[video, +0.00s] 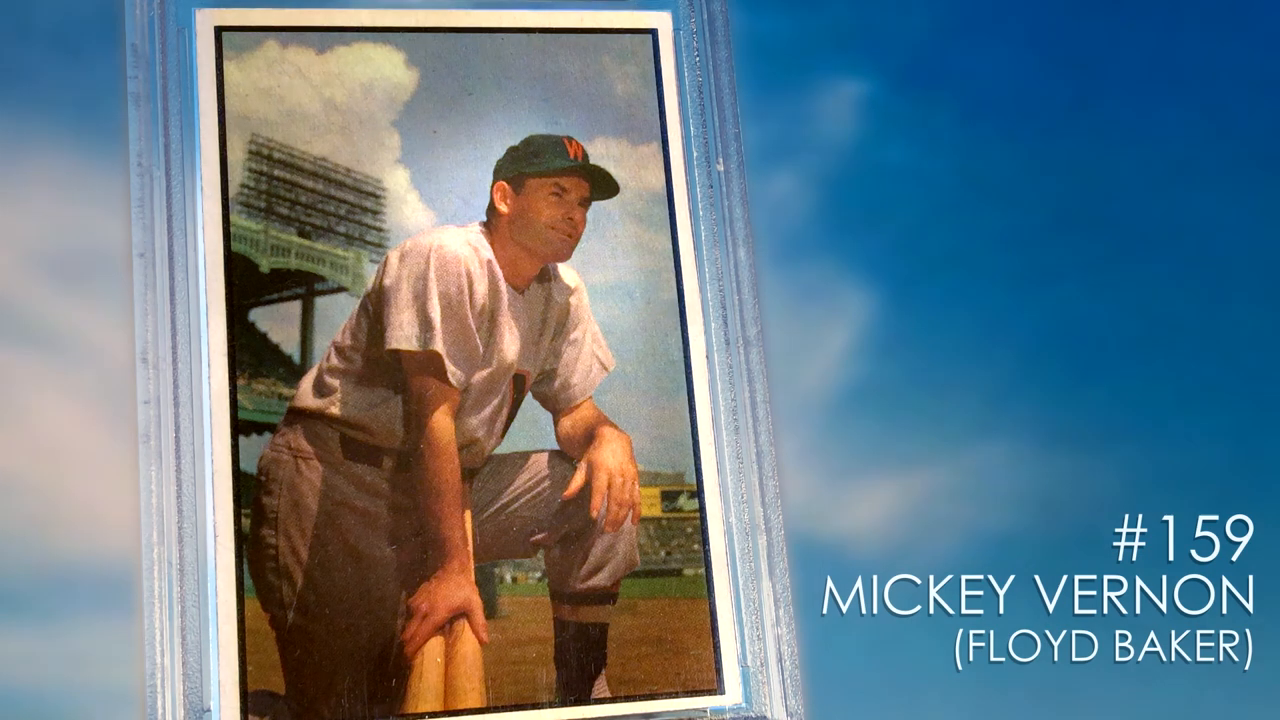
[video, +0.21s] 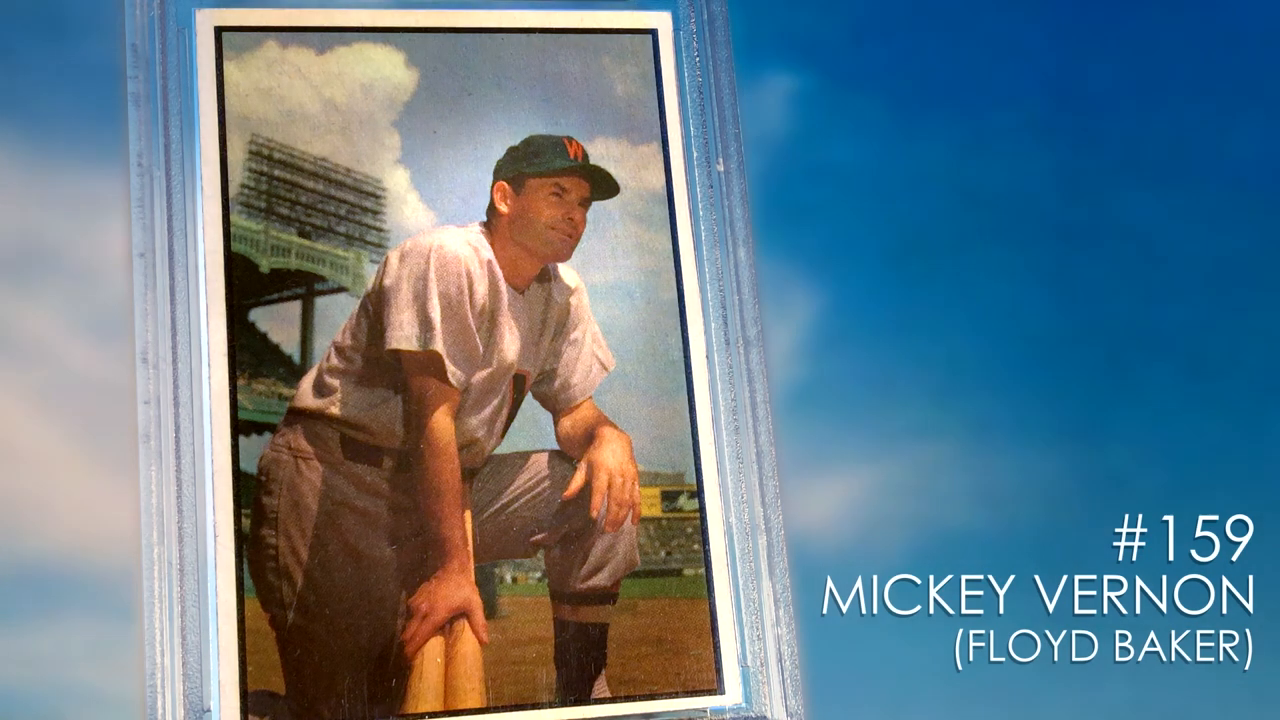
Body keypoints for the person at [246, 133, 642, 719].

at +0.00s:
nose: (577, 216)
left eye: (584, 204)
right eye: (558, 194)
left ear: (586, 217)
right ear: (505, 197)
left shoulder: (560, 295)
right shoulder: (442, 257)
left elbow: (575, 414)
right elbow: (432, 419)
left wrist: (609, 435)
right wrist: (454, 566)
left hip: (438, 486)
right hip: (334, 479)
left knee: (595, 488)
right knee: (347, 702)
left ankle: (581, 694)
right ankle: (239, 706)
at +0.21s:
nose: (577, 215)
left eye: (584, 203)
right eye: (558, 193)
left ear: (587, 217)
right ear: (505, 197)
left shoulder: (559, 294)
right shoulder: (442, 257)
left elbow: (574, 415)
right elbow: (432, 421)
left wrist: (609, 435)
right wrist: (454, 566)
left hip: (438, 485)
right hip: (334, 479)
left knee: (594, 488)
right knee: (348, 703)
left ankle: (580, 697)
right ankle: (240, 706)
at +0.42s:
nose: (576, 215)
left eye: (584, 203)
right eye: (558, 193)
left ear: (587, 217)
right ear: (505, 197)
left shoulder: (560, 294)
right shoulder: (442, 256)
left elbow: (574, 414)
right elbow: (432, 419)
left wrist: (609, 435)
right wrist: (454, 566)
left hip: (438, 485)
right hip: (334, 478)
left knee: (595, 488)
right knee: (347, 702)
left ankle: (580, 694)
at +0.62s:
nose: (577, 216)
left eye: (584, 204)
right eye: (558, 194)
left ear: (586, 218)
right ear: (505, 197)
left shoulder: (560, 295)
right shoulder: (443, 257)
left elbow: (574, 415)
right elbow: (432, 420)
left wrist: (609, 435)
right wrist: (454, 566)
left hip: (439, 485)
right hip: (334, 478)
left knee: (594, 487)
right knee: (346, 701)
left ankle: (581, 695)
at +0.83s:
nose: (577, 215)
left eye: (584, 203)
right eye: (558, 194)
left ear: (587, 216)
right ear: (505, 197)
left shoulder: (559, 295)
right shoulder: (443, 256)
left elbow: (575, 416)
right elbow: (432, 420)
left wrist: (609, 435)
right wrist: (454, 566)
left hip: (438, 484)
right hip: (334, 477)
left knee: (595, 488)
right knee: (345, 704)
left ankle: (580, 696)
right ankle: (236, 706)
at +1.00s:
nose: (576, 215)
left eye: (584, 203)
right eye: (558, 193)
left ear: (586, 217)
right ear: (505, 197)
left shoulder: (560, 296)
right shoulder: (441, 256)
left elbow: (575, 416)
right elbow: (431, 420)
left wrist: (609, 435)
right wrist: (454, 566)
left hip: (439, 486)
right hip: (334, 478)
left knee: (595, 488)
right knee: (349, 705)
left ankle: (580, 696)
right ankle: (243, 707)